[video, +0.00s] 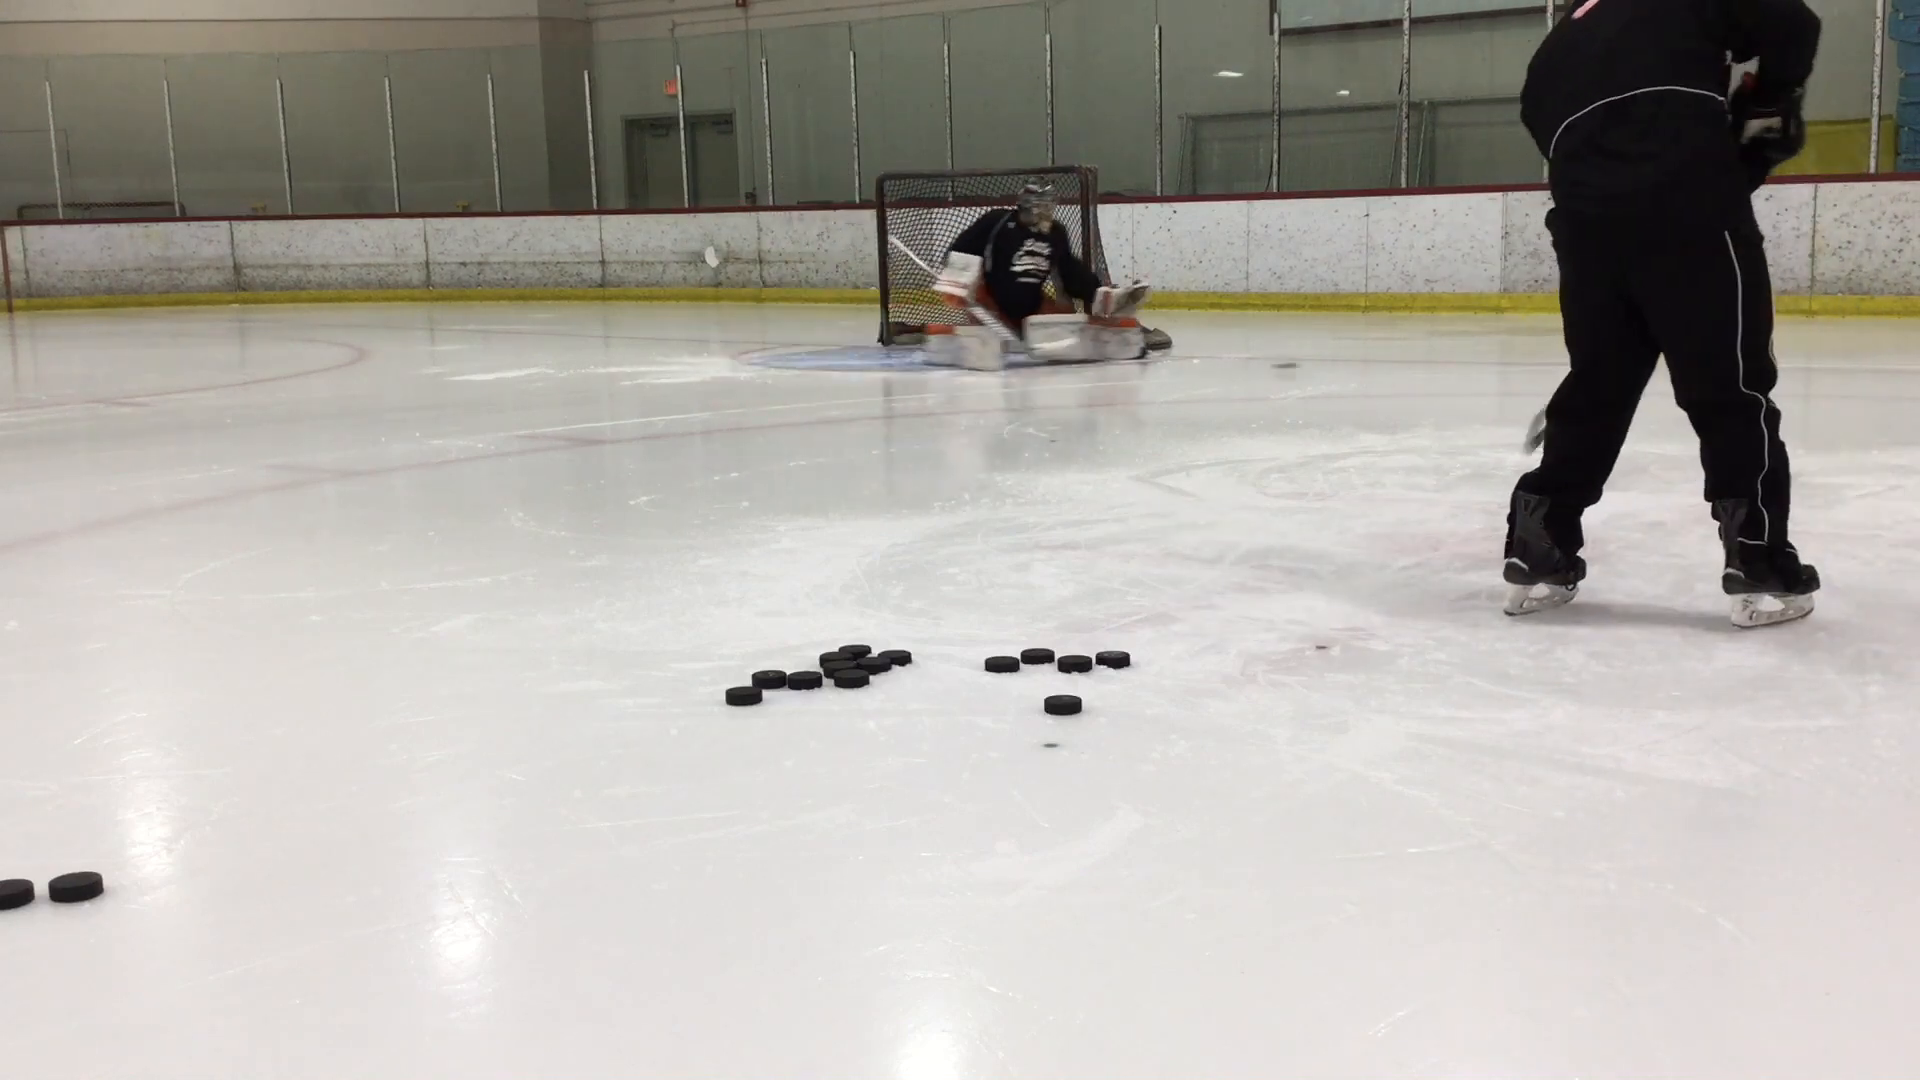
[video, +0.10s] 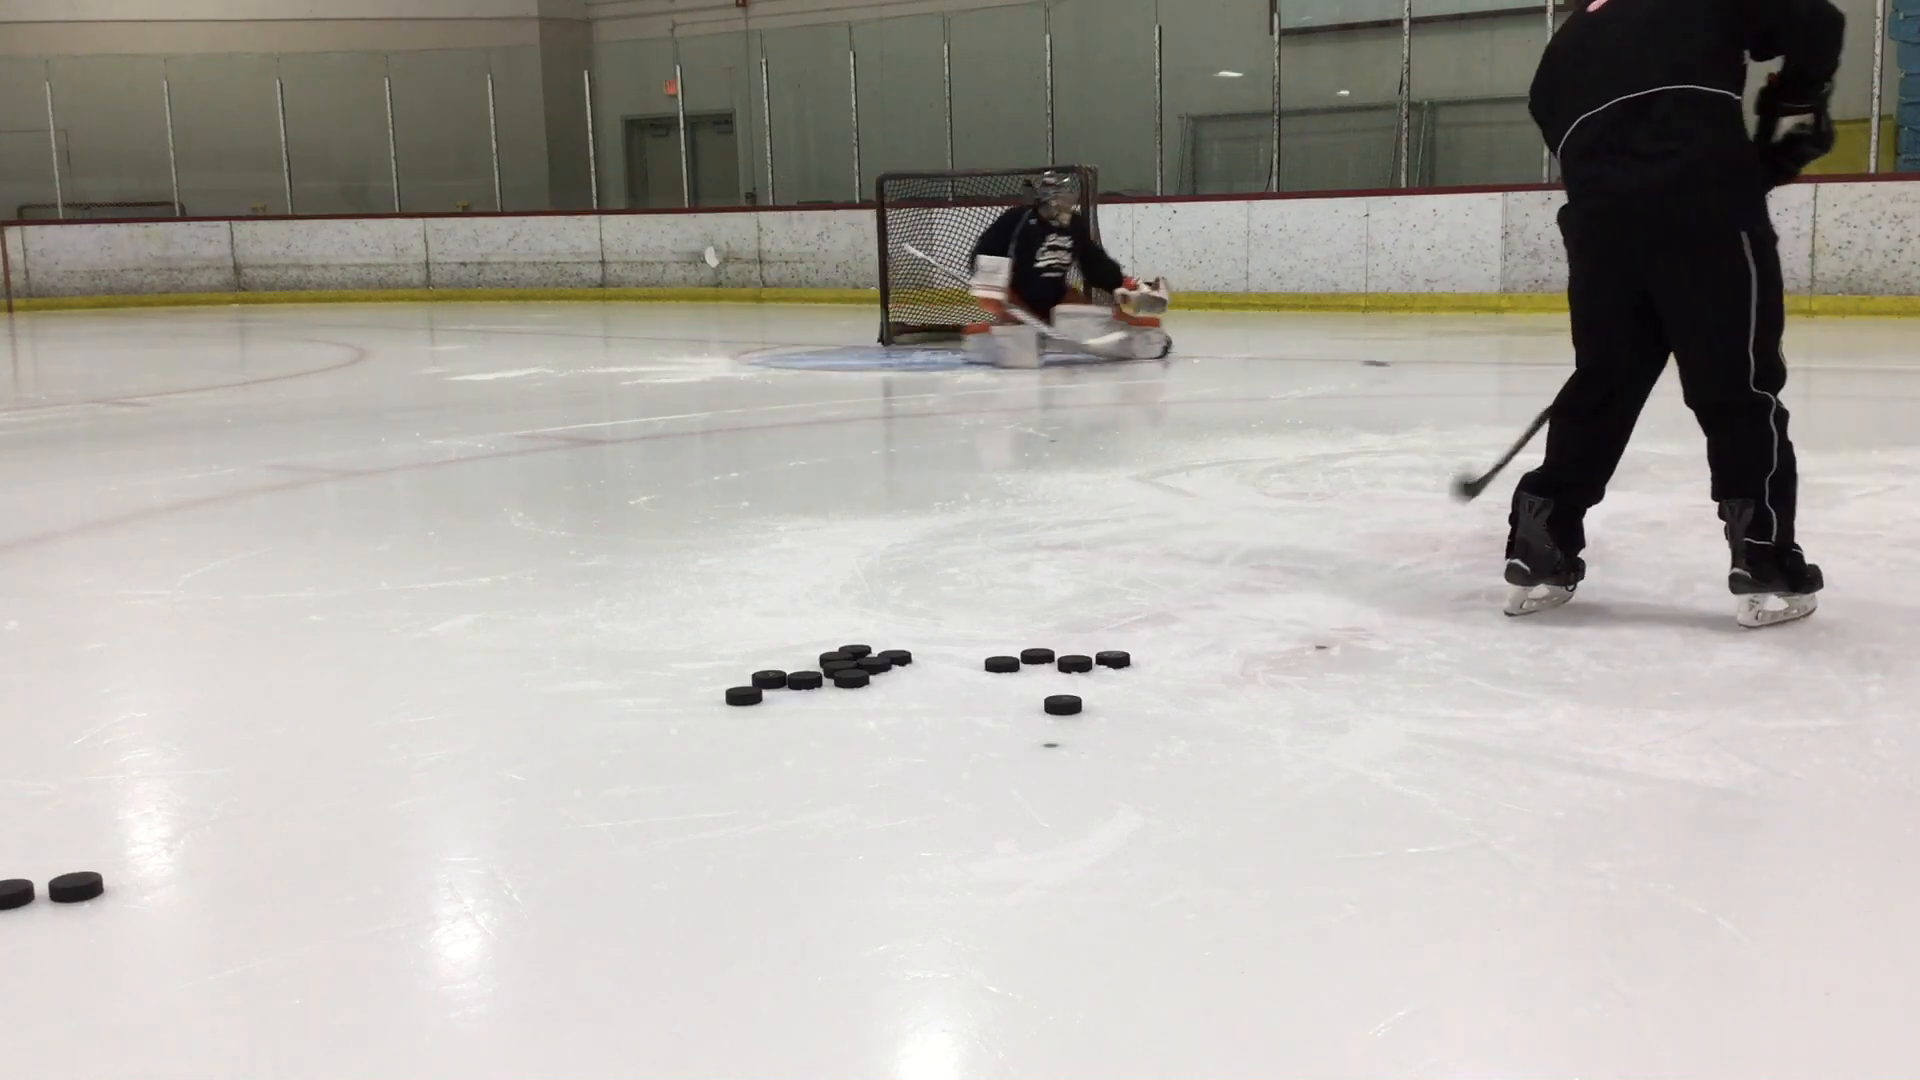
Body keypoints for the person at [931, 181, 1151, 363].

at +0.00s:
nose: (1042, 212)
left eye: (1046, 206)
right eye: (1035, 206)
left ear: (1052, 206)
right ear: (1022, 205)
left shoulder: (1056, 233)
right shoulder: (997, 221)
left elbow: (1068, 268)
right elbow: (960, 251)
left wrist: (1099, 296)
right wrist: (957, 286)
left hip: (1033, 308)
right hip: (991, 305)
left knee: (1078, 323)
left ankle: (1135, 337)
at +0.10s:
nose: (1067, 206)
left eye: (1070, 200)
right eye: (1062, 200)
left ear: (1073, 200)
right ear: (1046, 198)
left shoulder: (1075, 224)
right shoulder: (1017, 220)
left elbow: (1093, 260)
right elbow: (986, 253)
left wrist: (1124, 284)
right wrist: (992, 294)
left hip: (1056, 299)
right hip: (1015, 301)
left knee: (1098, 320)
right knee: (1023, 347)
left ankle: (1133, 340)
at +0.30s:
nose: (1110, 194)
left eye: (1112, 187)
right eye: (1103, 188)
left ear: (1115, 188)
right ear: (1088, 190)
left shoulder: (1118, 213)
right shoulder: (1066, 215)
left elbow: (1127, 246)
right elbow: (1044, 261)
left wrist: (1147, 278)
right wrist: (1081, 297)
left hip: (1108, 282)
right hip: (1070, 288)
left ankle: (1174, 335)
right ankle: (1167, 338)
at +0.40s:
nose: (1129, 189)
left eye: (1132, 183)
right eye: (1123, 184)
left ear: (1134, 183)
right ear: (1108, 184)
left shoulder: (1139, 210)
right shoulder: (1085, 210)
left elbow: (1143, 244)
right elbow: (1066, 258)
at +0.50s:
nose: (1143, 183)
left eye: (1145, 177)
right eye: (1137, 177)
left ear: (1147, 177)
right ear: (1121, 178)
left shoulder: (1150, 205)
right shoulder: (1094, 203)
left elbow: (1153, 242)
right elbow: (1071, 248)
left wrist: (1167, 273)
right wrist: (1080, 292)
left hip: (1133, 273)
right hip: (1096, 275)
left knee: (1165, 291)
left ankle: (1161, 343)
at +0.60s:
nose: (1144, 171)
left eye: (1146, 166)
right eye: (1138, 167)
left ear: (1148, 167)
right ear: (1123, 169)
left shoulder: (1152, 198)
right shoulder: (1096, 195)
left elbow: (1154, 235)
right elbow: (1071, 240)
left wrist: (1171, 268)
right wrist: (1067, 285)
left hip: (1140, 275)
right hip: (1099, 279)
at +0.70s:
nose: (1136, 157)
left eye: (1137, 151)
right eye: (1131, 152)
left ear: (1138, 154)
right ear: (1116, 154)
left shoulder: (1144, 184)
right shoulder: (1089, 181)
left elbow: (1147, 223)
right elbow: (1060, 221)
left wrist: (1164, 252)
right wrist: (1053, 262)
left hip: (1134, 262)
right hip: (1092, 264)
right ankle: (1039, 351)